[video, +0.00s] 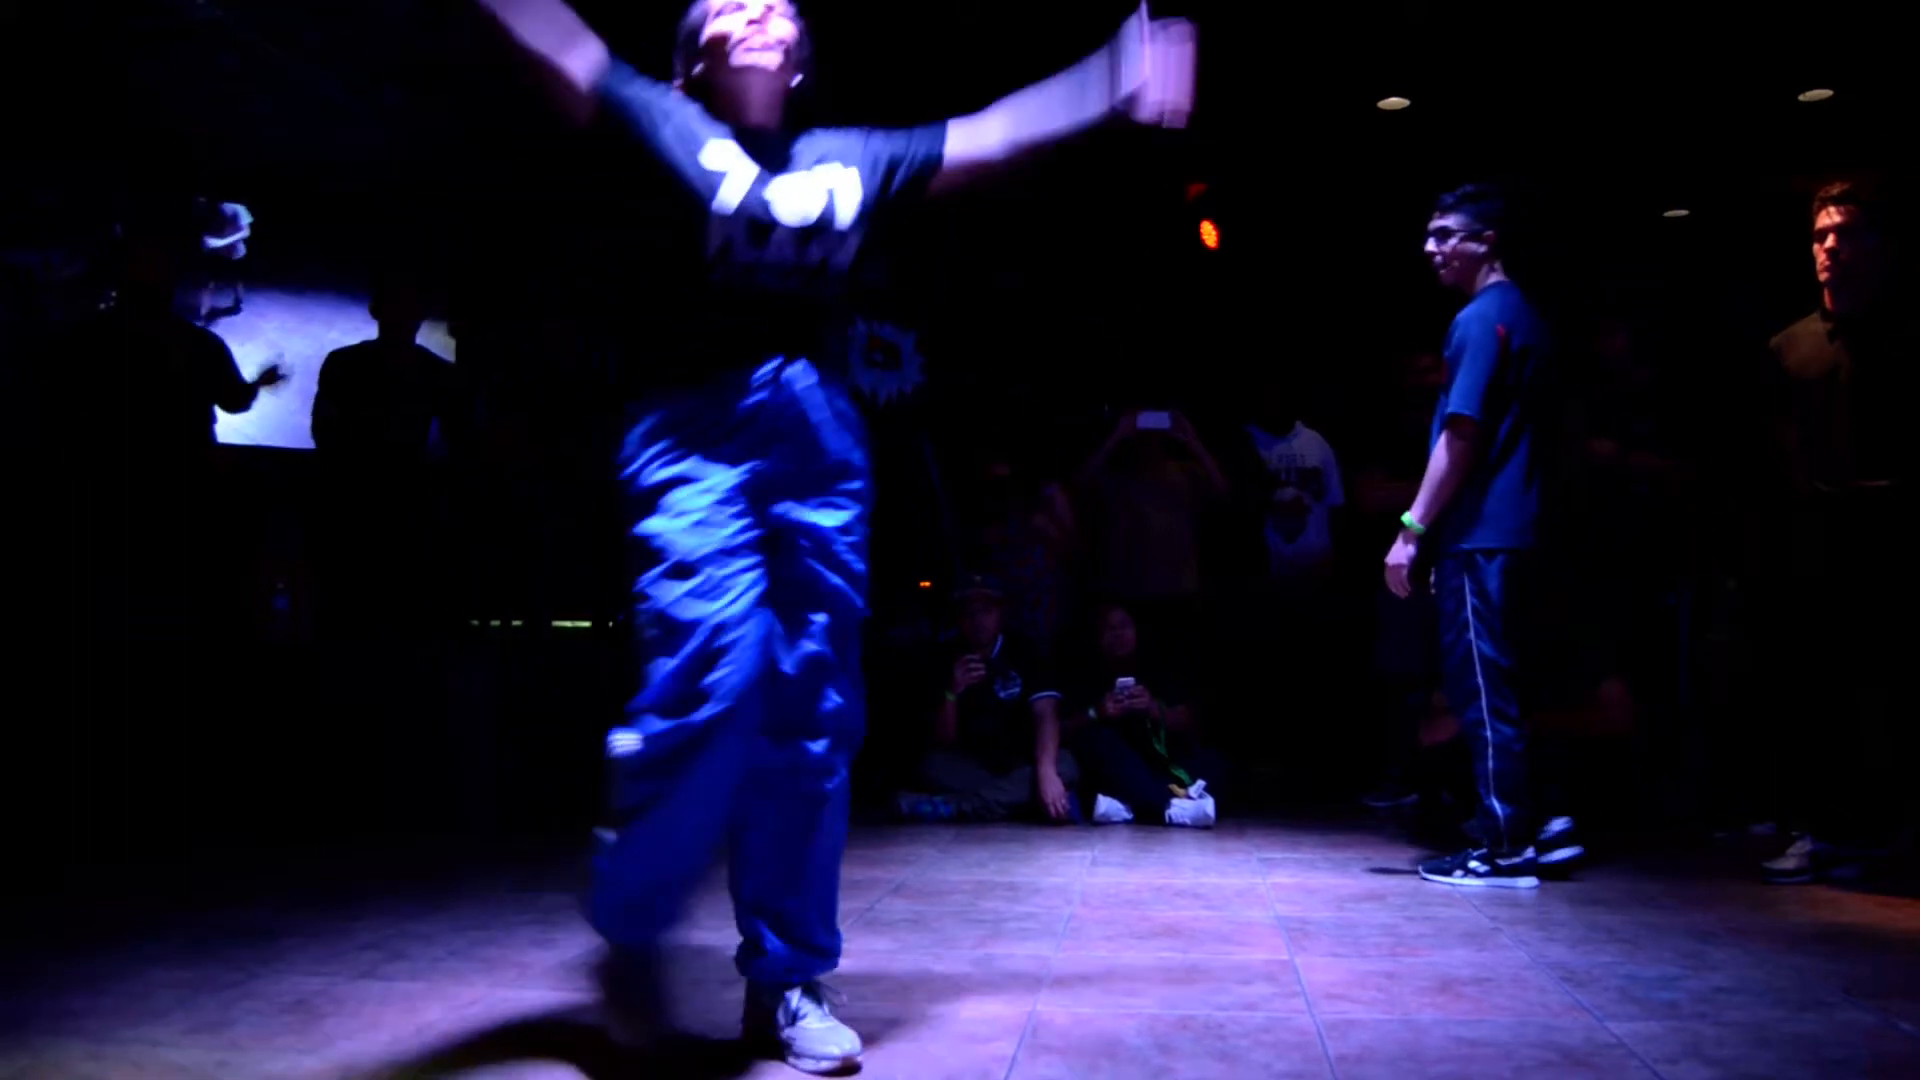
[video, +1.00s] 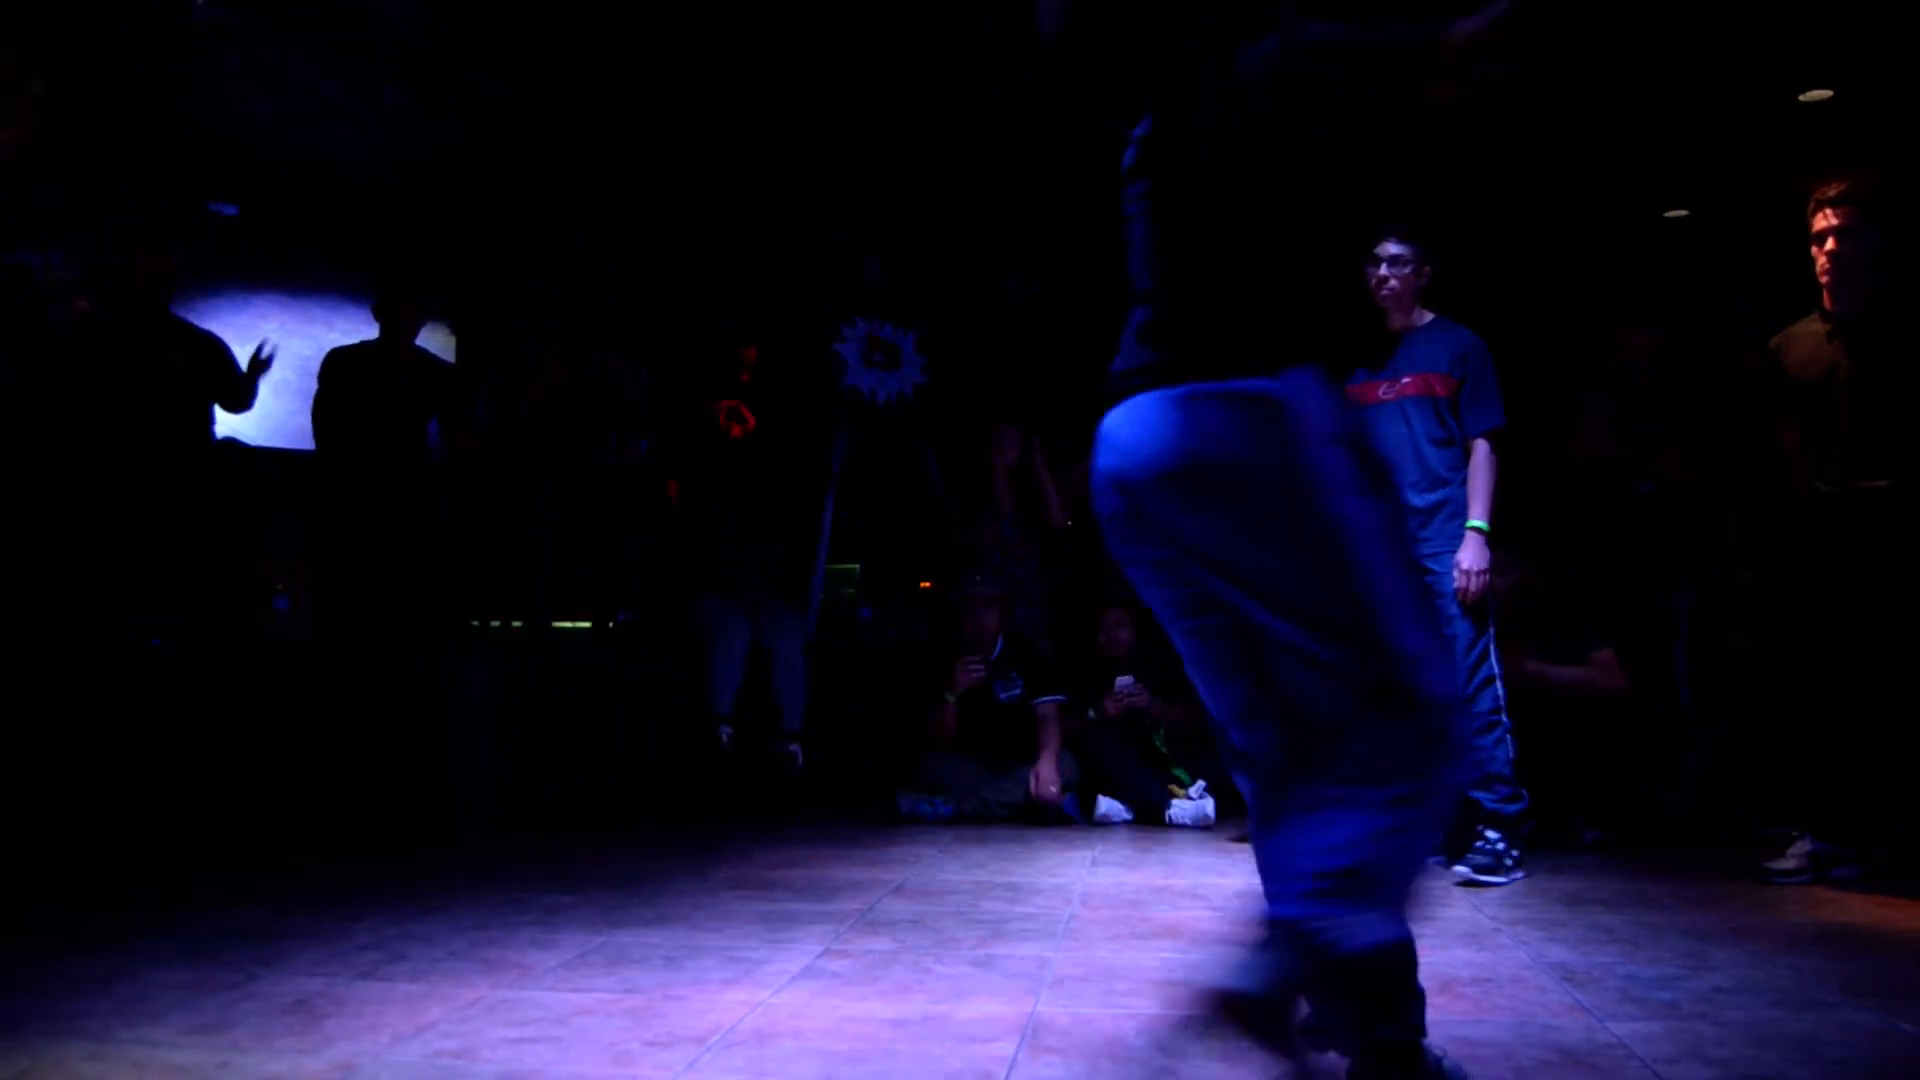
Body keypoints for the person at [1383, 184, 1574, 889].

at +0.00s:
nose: (1435, 249)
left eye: (1448, 236)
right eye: (1433, 237)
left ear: (1486, 243)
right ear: (1470, 248)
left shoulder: (1485, 317)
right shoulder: (1511, 311)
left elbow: (1461, 437)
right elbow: (1479, 436)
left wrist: (1411, 529)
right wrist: (1429, 529)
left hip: (1484, 530)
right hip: (1507, 525)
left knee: (1481, 685)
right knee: (1496, 680)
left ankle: (1501, 843)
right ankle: (1540, 820)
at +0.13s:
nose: (1424, 248)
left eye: (1438, 237)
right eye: (1423, 237)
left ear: (1475, 245)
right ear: (1456, 250)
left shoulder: (1477, 317)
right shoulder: (1490, 314)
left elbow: (1460, 436)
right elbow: (1466, 436)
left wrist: (1412, 528)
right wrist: (1423, 526)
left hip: (1472, 533)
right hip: (1475, 531)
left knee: (1475, 685)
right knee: (1460, 683)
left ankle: (1499, 842)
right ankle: (1471, 830)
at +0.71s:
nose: (1388, 266)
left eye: (1402, 255)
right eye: (1384, 256)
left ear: (1433, 265)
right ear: (1382, 269)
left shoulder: (1460, 337)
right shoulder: (1393, 351)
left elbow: (1474, 442)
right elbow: (1378, 467)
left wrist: (1457, 534)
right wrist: (1353, 554)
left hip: (1438, 543)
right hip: (1389, 549)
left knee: (1456, 694)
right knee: (1407, 694)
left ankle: (1503, 837)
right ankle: (1422, 827)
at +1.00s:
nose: (1383, 274)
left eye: (1396, 263)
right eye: (1376, 264)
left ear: (1423, 273)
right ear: (1365, 275)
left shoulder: (1456, 348)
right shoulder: (1355, 361)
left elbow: (1481, 446)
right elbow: (1340, 459)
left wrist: (1475, 534)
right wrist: (1349, 540)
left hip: (1443, 543)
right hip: (1378, 548)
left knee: (1469, 684)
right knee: (1402, 685)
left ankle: (1497, 828)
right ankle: (1417, 829)